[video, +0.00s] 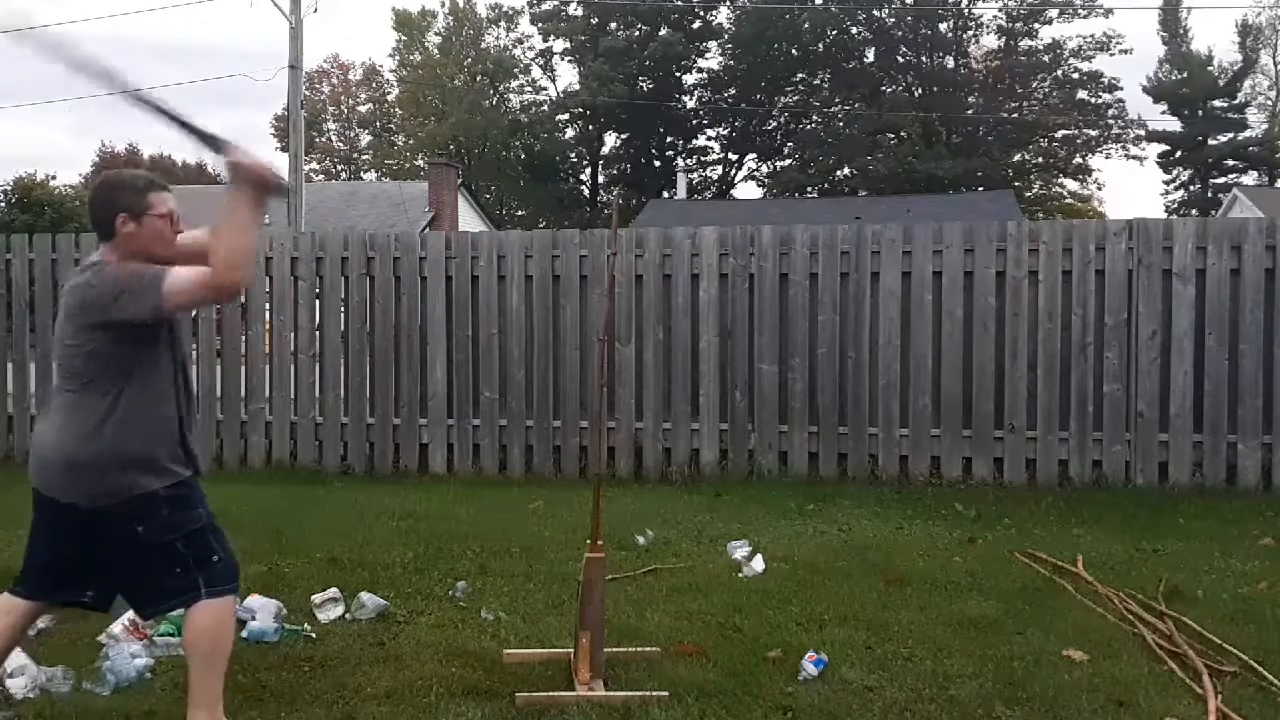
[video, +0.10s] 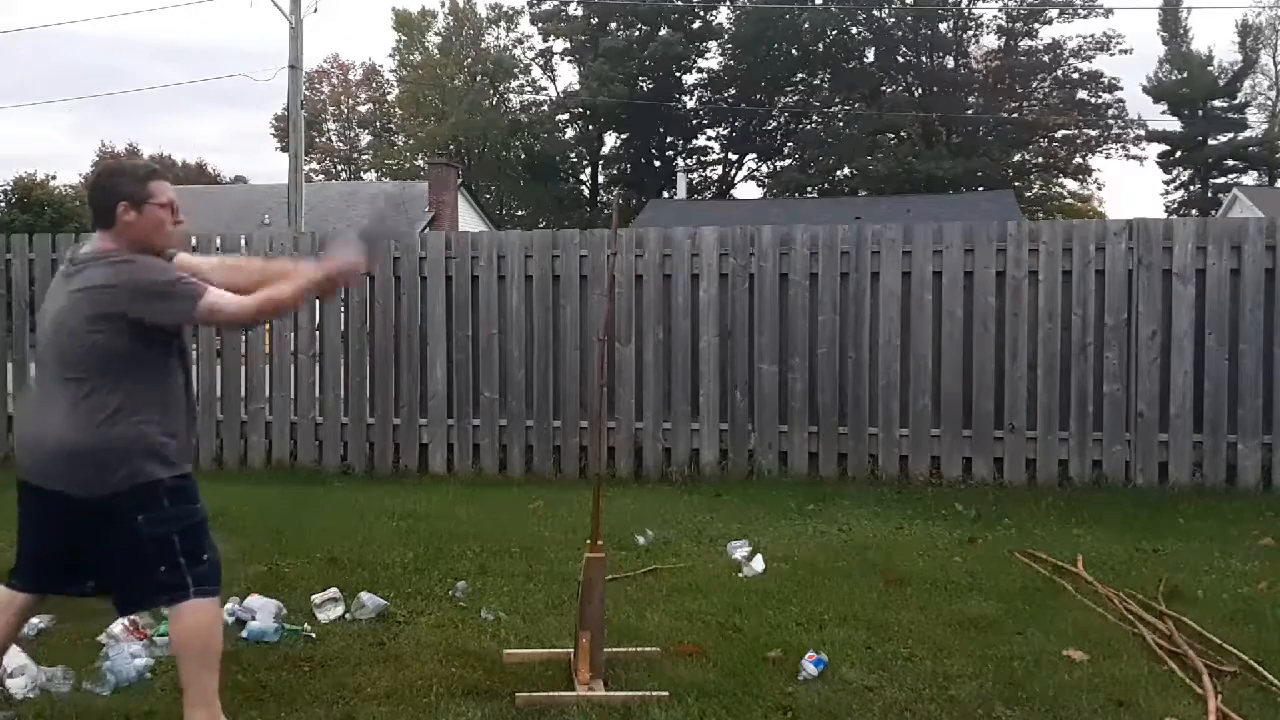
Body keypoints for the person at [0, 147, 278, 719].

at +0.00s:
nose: (178, 230)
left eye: (175, 219)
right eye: (167, 219)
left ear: (125, 226)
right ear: (126, 226)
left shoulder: (99, 276)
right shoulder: (116, 283)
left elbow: (219, 247)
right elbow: (229, 278)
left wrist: (247, 196)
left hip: (66, 470)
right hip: (135, 471)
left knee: (32, 590)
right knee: (214, 583)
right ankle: (206, 712)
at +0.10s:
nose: (177, 218)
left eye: (176, 208)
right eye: (167, 208)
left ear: (123, 217)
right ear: (127, 214)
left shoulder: (81, 265)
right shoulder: (139, 276)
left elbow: (219, 270)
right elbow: (244, 309)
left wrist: (311, 270)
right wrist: (319, 277)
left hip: (47, 459)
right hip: (130, 463)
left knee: (25, 583)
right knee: (196, 587)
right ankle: (204, 711)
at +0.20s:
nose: (185, 216)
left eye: (183, 205)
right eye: (175, 206)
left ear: (126, 213)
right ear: (136, 211)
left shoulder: (74, 255)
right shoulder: (157, 275)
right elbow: (238, 338)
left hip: (33, 453)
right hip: (124, 458)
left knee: (18, 584)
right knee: (183, 590)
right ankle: (201, 712)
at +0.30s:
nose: (195, 221)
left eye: (194, 211)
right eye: (186, 211)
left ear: (139, 217)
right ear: (150, 216)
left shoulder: (69, 255)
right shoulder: (175, 288)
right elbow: (200, 377)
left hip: (22, 453)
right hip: (122, 460)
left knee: (8, 590)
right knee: (182, 591)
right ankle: (201, 712)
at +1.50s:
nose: (161, 217)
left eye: (159, 205)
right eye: (152, 205)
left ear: (109, 212)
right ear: (113, 210)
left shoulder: (67, 271)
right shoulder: (109, 280)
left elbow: (182, 334)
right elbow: (188, 353)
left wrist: (257, 362)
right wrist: (284, 367)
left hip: (29, 466)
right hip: (104, 468)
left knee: (12, 594)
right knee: (176, 595)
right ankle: (201, 712)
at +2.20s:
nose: (182, 254)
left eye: (181, 243)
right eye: (172, 244)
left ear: (132, 251)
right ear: (134, 250)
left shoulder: (104, 294)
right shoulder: (120, 309)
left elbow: (218, 303)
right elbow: (218, 337)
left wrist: (290, 287)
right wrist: (288, 283)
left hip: (22, 488)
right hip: (95, 491)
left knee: (11, 605)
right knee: (205, 584)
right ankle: (205, 713)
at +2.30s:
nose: (176, 254)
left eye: (174, 243)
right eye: (166, 243)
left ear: (126, 250)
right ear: (128, 249)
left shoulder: (86, 294)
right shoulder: (110, 301)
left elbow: (201, 281)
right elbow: (213, 302)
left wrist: (267, 242)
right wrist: (258, 226)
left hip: (23, 485)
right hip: (96, 488)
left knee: (8, 609)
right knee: (204, 585)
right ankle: (205, 712)